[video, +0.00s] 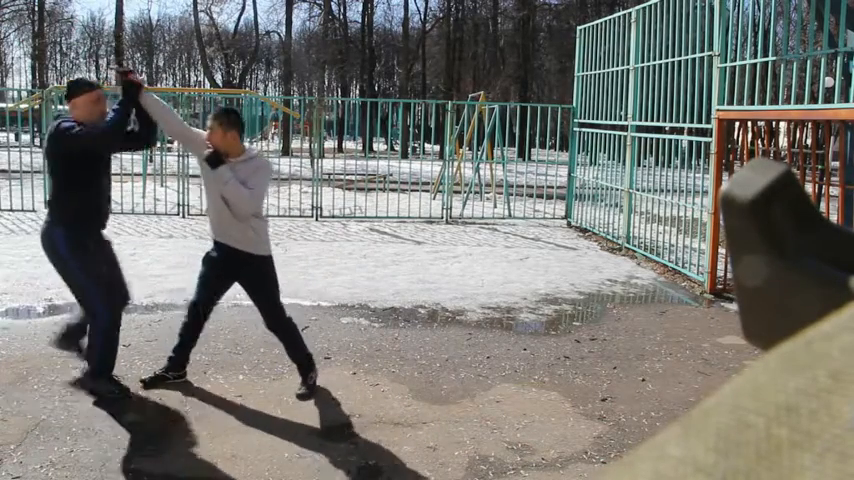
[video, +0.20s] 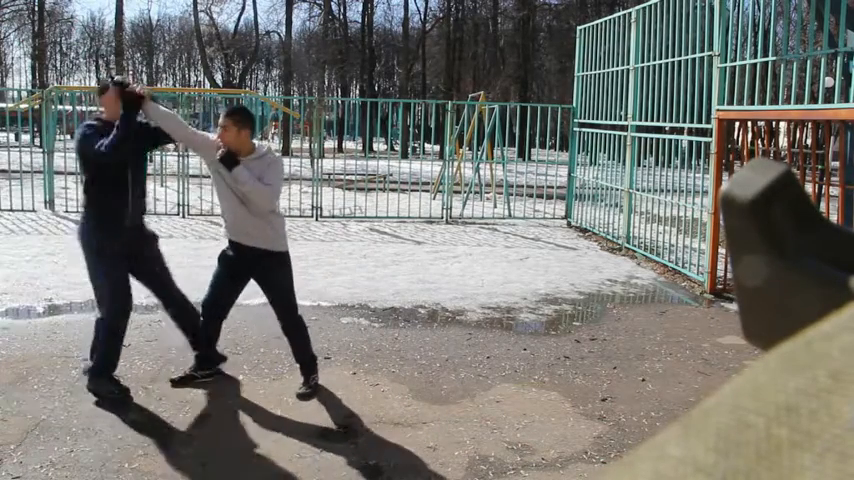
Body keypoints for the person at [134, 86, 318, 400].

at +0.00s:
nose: (208, 135)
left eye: (213, 130)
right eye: (209, 130)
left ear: (231, 134)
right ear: (223, 133)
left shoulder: (259, 166)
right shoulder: (209, 152)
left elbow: (246, 208)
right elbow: (173, 124)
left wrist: (219, 169)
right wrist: (139, 92)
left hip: (255, 258)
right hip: (221, 253)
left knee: (276, 320)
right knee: (197, 311)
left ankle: (308, 371)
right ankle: (175, 368)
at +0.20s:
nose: (219, 134)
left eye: (224, 129)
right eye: (219, 129)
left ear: (244, 133)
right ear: (226, 132)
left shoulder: (270, 162)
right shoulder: (215, 152)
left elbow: (266, 202)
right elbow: (182, 130)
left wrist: (235, 169)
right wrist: (145, 103)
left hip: (271, 254)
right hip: (237, 251)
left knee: (289, 318)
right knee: (211, 310)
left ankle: (310, 374)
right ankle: (204, 366)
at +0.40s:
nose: (213, 135)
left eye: (219, 130)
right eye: (213, 130)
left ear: (239, 134)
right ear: (215, 132)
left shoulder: (266, 162)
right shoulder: (209, 152)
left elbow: (265, 204)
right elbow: (173, 138)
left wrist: (232, 174)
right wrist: (133, 117)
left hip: (272, 253)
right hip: (237, 251)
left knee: (291, 314)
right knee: (212, 307)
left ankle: (310, 374)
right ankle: (209, 366)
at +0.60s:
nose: (213, 142)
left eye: (220, 136)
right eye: (210, 136)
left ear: (238, 137)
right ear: (207, 137)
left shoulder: (259, 165)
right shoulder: (203, 156)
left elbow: (262, 208)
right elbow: (167, 147)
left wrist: (226, 184)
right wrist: (128, 131)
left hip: (271, 250)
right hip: (236, 249)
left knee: (292, 313)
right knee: (209, 308)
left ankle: (310, 374)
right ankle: (207, 366)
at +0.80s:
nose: (212, 151)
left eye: (219, 145)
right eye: (207, 144)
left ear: (234, 147)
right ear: (202, 145)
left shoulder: (252, 167)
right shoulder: (193, 162)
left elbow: (261, 210)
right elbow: (162, 158)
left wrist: (222, 189)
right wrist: (136, 149)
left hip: (269, 248)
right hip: (233, 249)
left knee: (291, 312)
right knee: (210, 308)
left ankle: (310, 374)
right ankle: (205, 366)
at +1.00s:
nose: (205, 169)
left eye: (211, 162)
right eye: (199, 162)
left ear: (224, 161)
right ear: (192, 162)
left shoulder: (246, 173)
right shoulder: (187, 178)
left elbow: (258, 215)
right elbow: (161, 168)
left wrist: (217, 201)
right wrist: (146, 148)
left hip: (268, 246)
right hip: (232, 249)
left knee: (290, 309)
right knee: (211, 308)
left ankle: (309, 372)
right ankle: (206, 367)